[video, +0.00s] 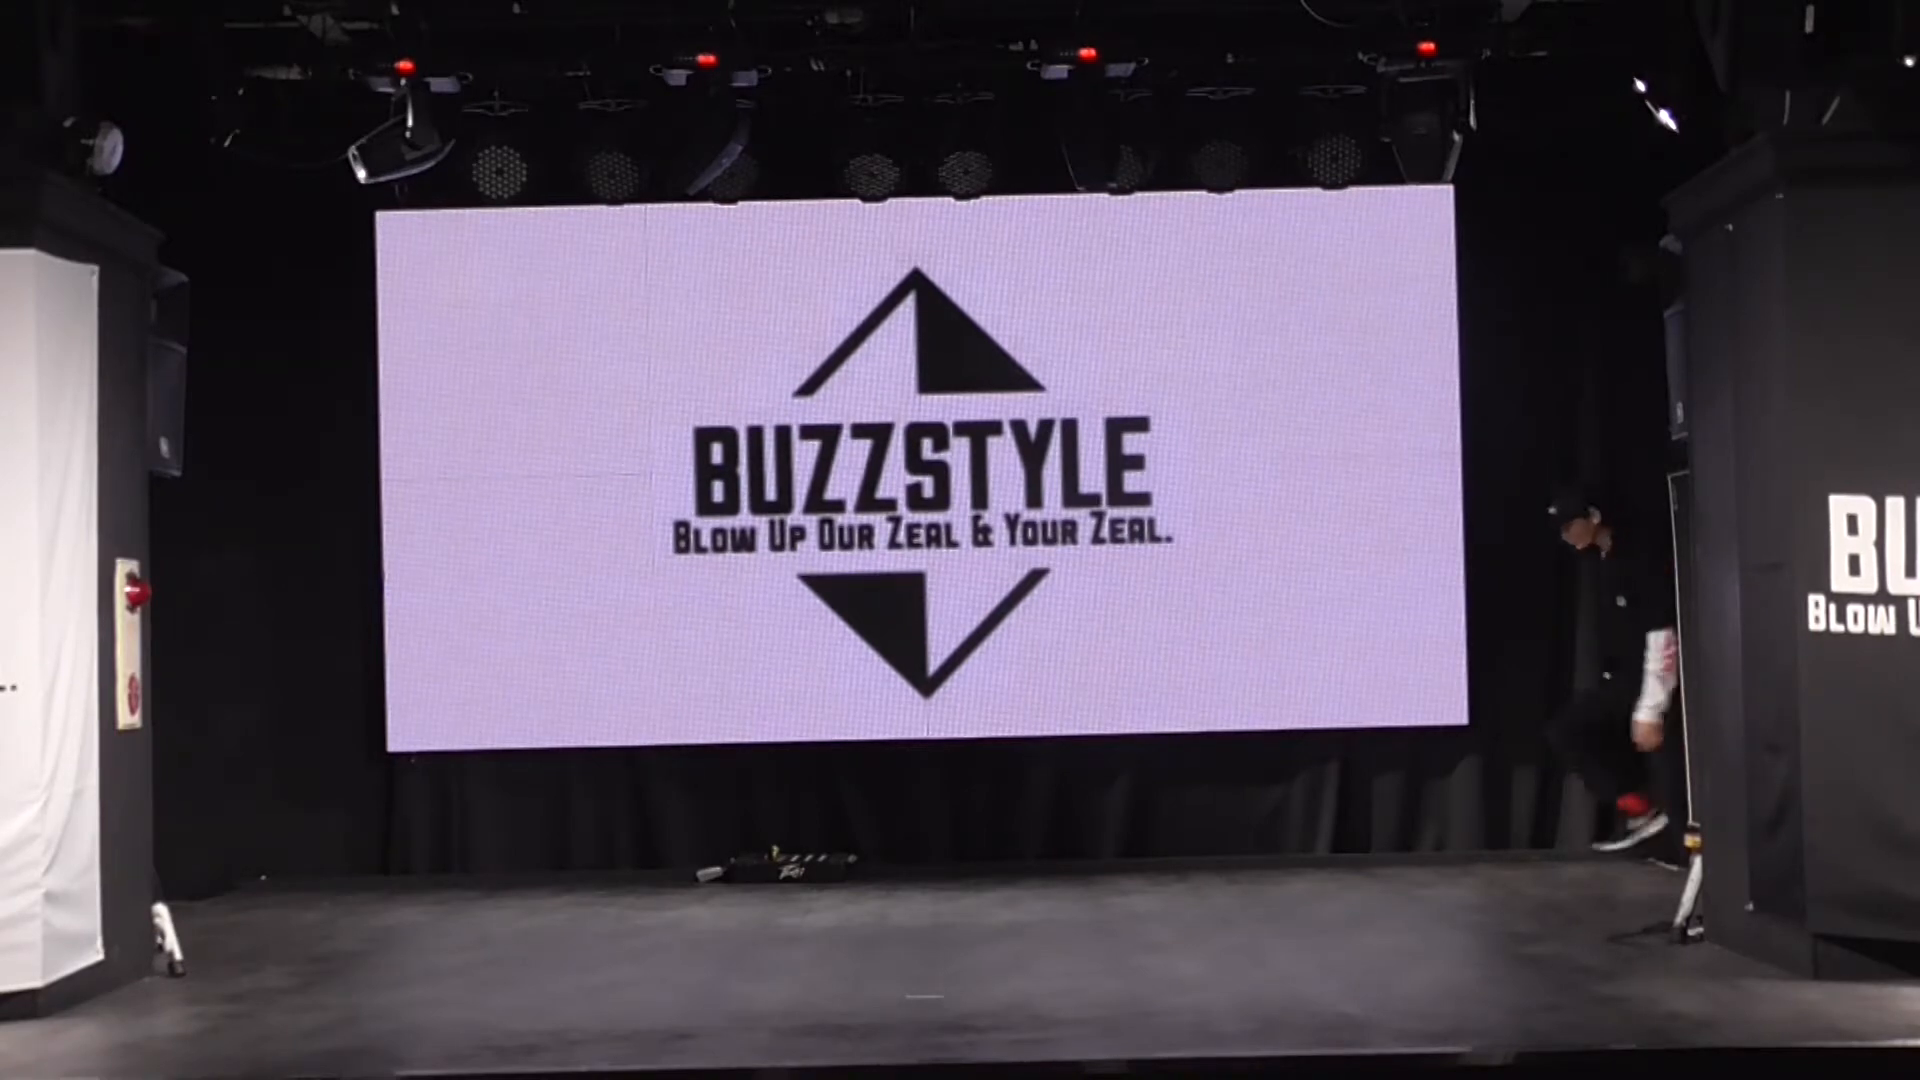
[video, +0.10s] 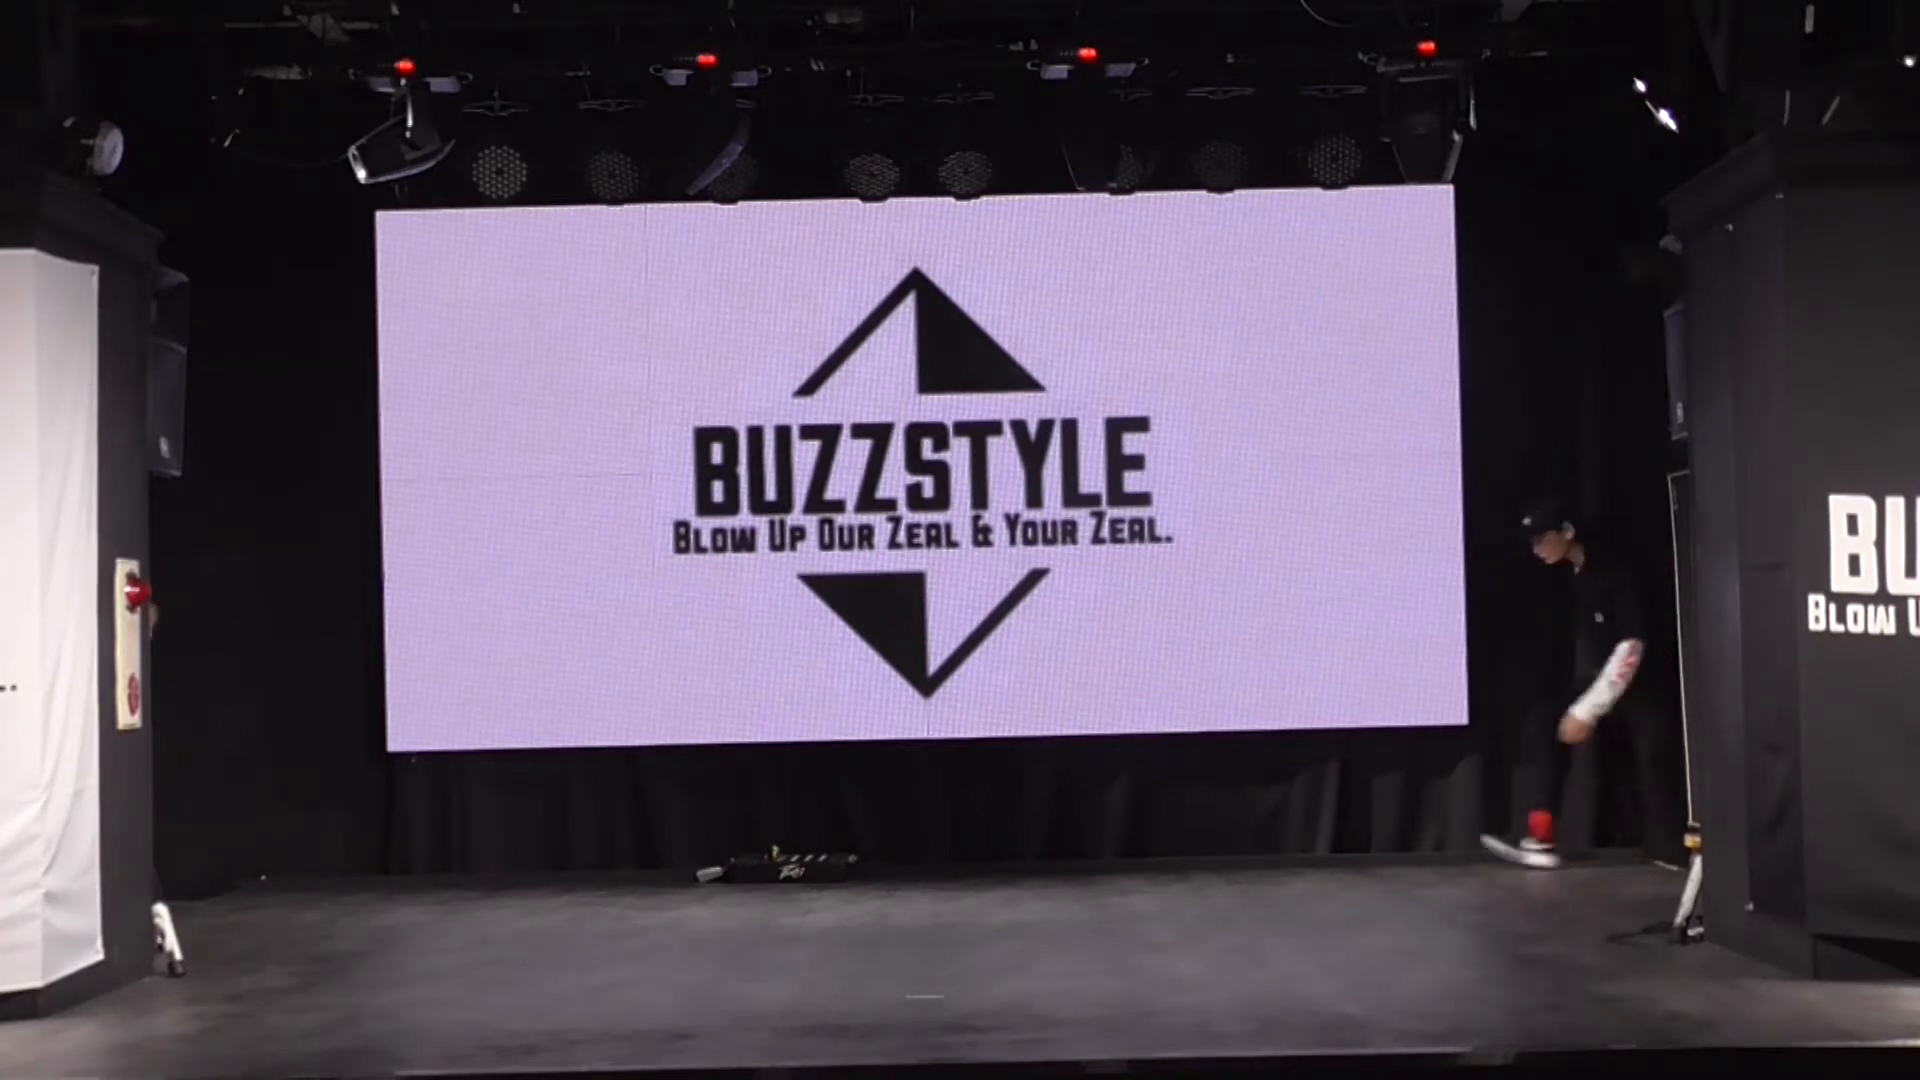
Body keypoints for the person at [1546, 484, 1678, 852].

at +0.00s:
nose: (1565, 536)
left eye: (1569, 526)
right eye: (1562, 528)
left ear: (1593, 517)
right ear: (1588, 521)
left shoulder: (1635, 553)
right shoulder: (1604, 557)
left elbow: (1662, 636)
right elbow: (1614, 633)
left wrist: (1651, 708)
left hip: (1649, 678)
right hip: (1622, 678)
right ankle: (1638, 812)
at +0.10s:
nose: (1537, 551)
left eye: (1542, 540)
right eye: (1534, 543)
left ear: (1567, 532)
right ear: (1560, 536)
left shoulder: (1607, 568)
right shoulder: (1579, 572)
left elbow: (1630, 646)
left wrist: (1588, 709)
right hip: (1591, 681)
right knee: (1546, 724)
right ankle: (1540, 836)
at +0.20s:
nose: (1501, 560)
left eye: (1507, 550)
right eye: (1498, 552)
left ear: (1533, 544)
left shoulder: (1573, 577)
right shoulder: (1543, 583)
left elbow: (1593, 647)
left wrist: (1530, 696)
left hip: (1614, 682)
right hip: (1579, 683)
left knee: (1640, 765)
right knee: (1516, 725)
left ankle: (1669, 848)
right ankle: (1511, 843)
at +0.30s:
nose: (1460, 537)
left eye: (1464, 527)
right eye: (1456, 529)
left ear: (1488, 521)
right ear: (1475, 527)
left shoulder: (1523, 550)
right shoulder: (1500, 557)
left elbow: (1555, 617)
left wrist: (1510, 679)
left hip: (1585, 655)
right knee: (1497, 727)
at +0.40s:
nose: (1426, 507)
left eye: (1429, 497)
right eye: (1423, 499)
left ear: (1454, 491)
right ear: (1450, 493)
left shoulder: (1489, 519)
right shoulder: (1468, 523)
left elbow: (1526, 590)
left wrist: (1517, 662)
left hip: (1555, 643)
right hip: (1522, 645)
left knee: (1597, 739)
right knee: (1478, 733)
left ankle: (1685, 829)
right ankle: (1506, 846)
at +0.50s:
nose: (1399, 484)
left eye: (1404, 474)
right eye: (1396, 476)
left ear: (1429, 467)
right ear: (1413, 473)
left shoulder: (1466, 502)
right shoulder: (1436, 508)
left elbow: (1512, 569)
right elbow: (1474, 575)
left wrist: (1532, 643)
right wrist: (1480, 639)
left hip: (1516, 645)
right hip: (1485, 647)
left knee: (1544, 742)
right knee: (1469, 734)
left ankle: (1650, 755)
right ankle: (1505, 845)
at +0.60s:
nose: (1374, 471)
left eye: (1378, 462)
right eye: (1371, 464)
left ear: (1403, 453)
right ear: (1392, 459)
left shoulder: (1446, 490)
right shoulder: (1413, 497)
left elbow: (1504, 551)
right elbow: (1449, 564)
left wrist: (1534, 619)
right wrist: (1456, 624)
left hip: (1490, 630)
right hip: (1461, 634)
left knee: (1481, 728)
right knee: (1461, 736)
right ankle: (1502, 842)